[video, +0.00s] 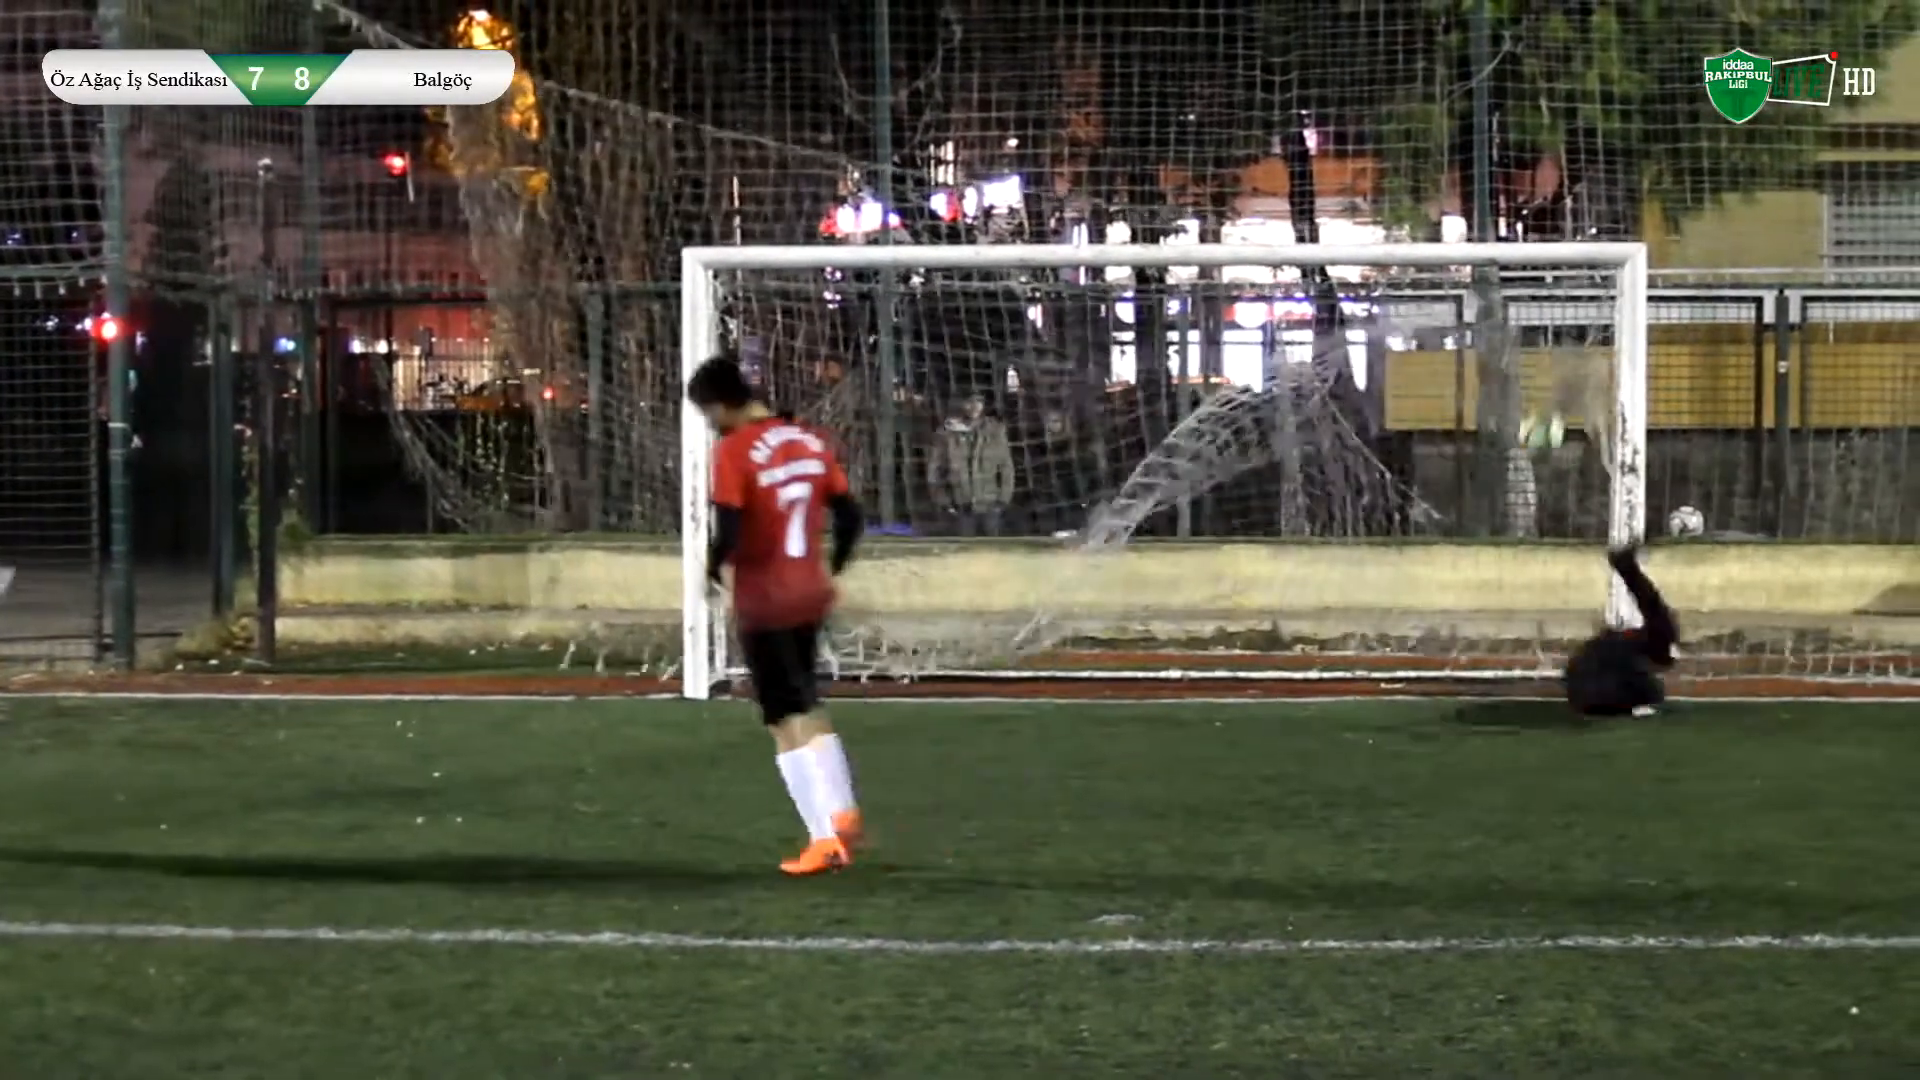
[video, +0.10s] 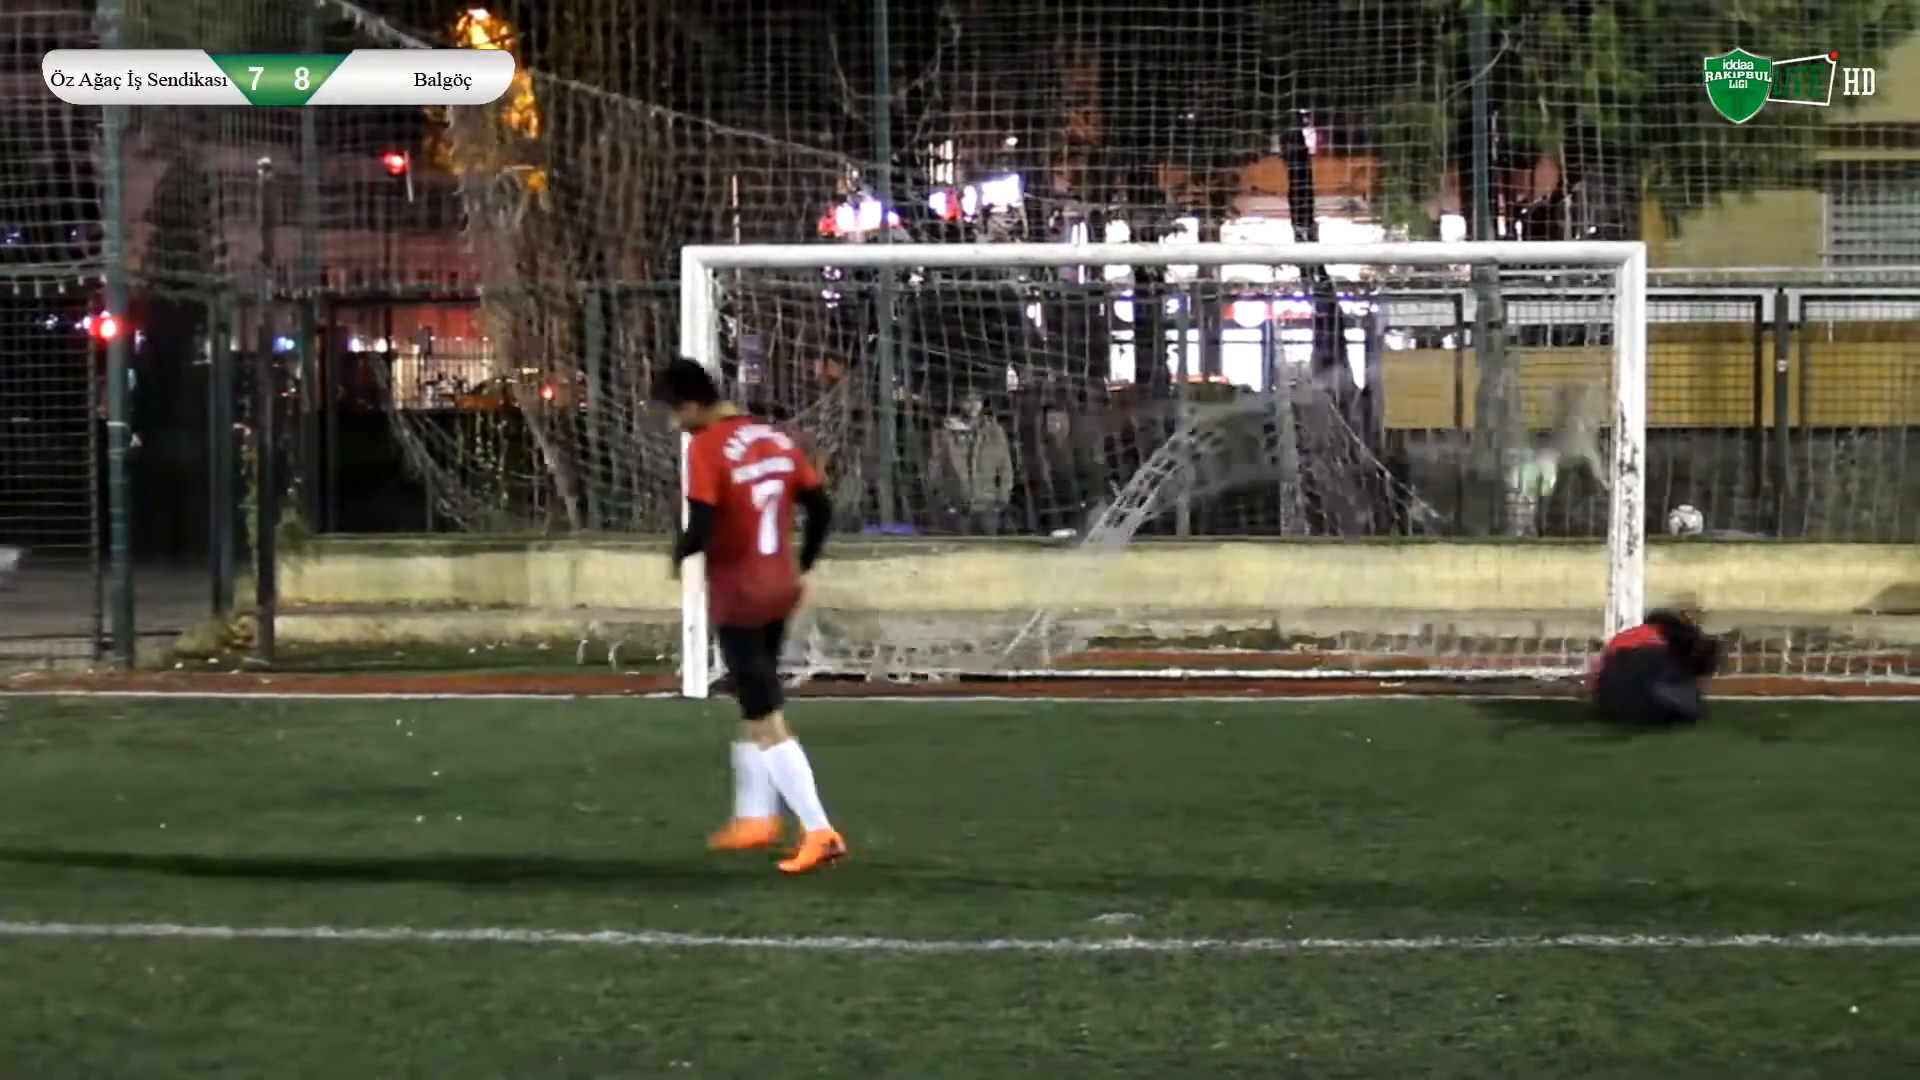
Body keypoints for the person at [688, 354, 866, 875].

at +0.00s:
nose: (709, 423)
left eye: (707, 412)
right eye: (704, 413)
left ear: (722, 404)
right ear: (749, 394)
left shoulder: (733, 450)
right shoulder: (807, 439)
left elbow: (728, 525)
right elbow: (849, 512)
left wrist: (712, 567)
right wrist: (834, 569)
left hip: (764, 603)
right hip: (811, 594)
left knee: (783, 717)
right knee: (807, 705)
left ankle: (822, 836)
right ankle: (843, 811)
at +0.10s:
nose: (674, 421)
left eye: (674, 410)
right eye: (671, 411)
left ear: (692, 403)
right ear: (714, 398)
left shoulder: (704, 447)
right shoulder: (773, 437)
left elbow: (701, 527)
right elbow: (820, 505)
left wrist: (678, 551)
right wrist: (803, 567)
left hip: (738, 594)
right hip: (781, 587)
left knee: (764, 715)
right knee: (753, 704)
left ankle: (817, 828)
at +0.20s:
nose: (618, 432)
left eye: (620, 420)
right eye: (615, 422)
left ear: (642, 412)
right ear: (659, 408)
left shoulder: (656, 456)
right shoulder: (716, 445)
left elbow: (656, 539)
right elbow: (767, 506)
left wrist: (615, 566)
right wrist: (749, 569)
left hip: (687, 609)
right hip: (721, 602)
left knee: (714, 725)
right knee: (683, 716)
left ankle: (794, 815)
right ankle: (661, 816)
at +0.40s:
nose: (665, 354)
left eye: (669, 343)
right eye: (654, 343)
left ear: (672, 351)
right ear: (628, 351)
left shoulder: (661, 411)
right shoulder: (620, 408)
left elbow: (685, 501)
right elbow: (619, 483)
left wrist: (701, 566)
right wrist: (680, 434)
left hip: (670, 571)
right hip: (638, 570)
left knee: (672, 702)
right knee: (671, 701)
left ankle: (635, 827)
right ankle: (634, 829)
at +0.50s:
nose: (657, 352)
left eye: (661, 341)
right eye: (645, 342)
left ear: (666, 349)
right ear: (620, 352)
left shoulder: (657, 412)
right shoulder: (609, 412)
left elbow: (678, 493)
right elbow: (616, 487)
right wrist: (673, 436)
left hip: (665, 570)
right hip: (629, 570)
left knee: (662, 711)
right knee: (662, 708)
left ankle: (645, 842)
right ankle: (590, 820)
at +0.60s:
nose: (635, 358)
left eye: (641, 347)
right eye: (623, 348)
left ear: (647, 355)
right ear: (595, 356)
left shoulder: (636, 416)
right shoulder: (582, 416)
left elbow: (652, 504)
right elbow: (585, 489)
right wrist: (652, 443)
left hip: (647, 575)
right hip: (607, 576)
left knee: (649, 710)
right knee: (629, 709)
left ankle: (645, 843)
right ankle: (524, 812)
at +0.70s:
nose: (619, 362)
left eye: (622, 350)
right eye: (607, 351)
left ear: (623, 360)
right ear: (578, 360)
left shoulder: (617, 417)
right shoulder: (569, 417)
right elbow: (570, 491)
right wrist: (632, 443)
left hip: (622, 575)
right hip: (588, 577)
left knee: (639, 708)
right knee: (586, 715)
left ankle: (645, 845)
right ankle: (486, 808)